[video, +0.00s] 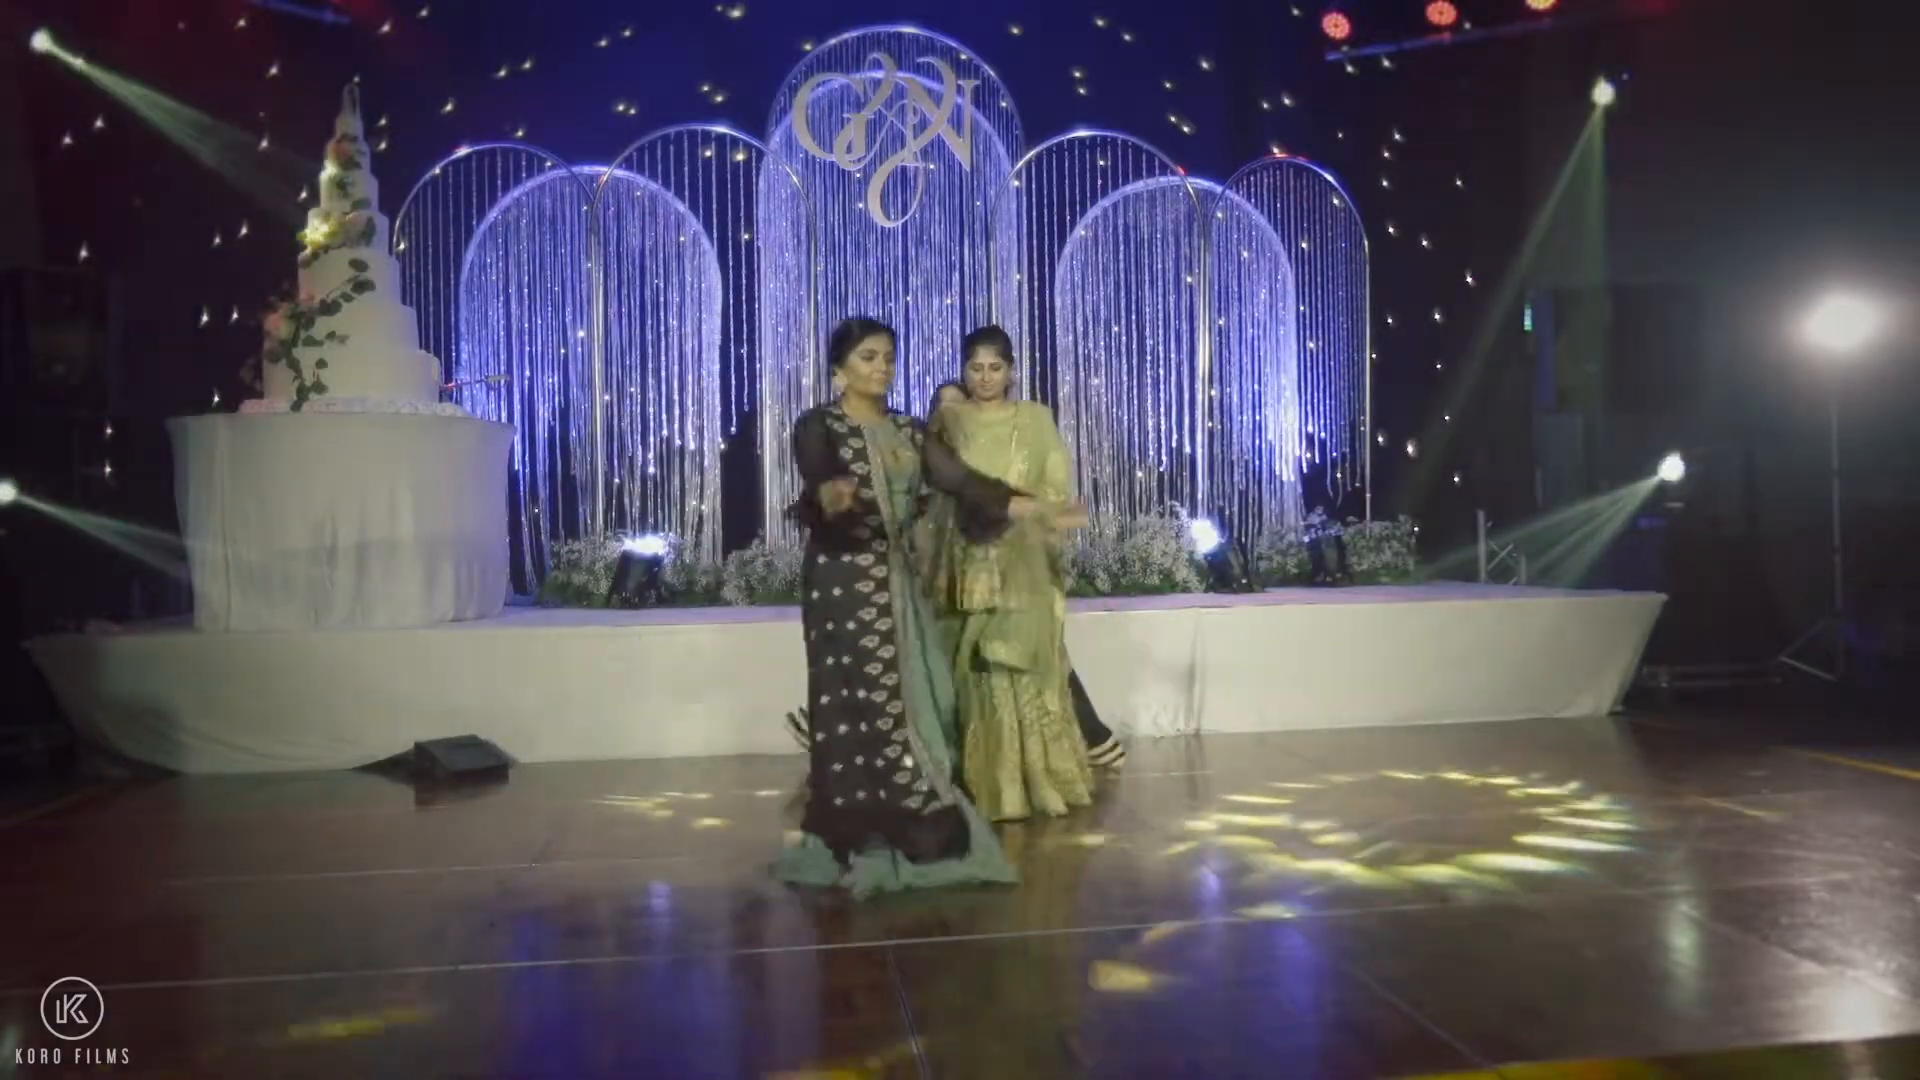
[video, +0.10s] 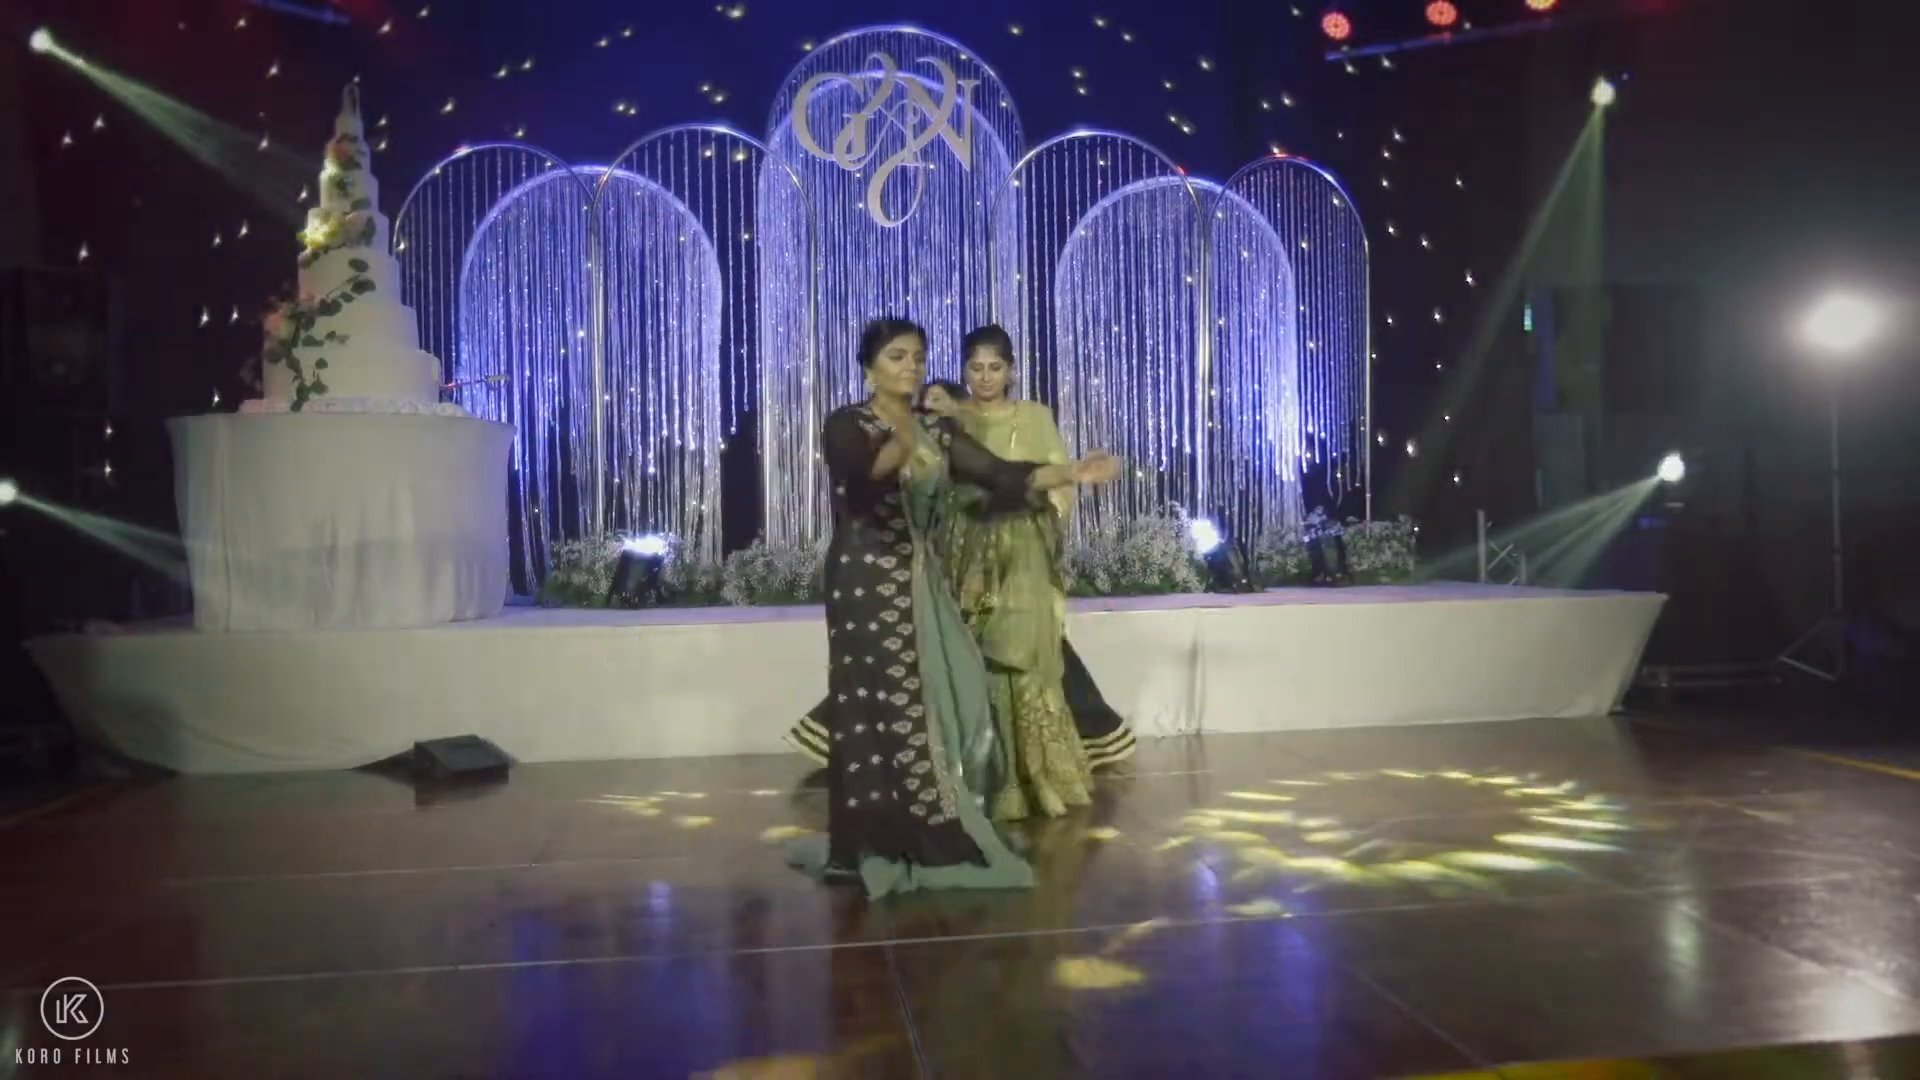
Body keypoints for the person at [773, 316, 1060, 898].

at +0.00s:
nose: (880, 367)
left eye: (887, 358)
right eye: (868, 357)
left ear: (894, 366)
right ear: (841, 365)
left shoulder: (907, 433)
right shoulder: (818, 426)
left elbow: (957, 478)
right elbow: (813, 501)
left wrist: (1027, 505)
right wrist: (827, 501)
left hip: (898, 582)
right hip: (842, 582)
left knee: (912, 701)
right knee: (855, 706)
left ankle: (921, 834)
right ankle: (859, 840)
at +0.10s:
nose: (911, 367)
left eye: (917, 358)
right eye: (898, 357)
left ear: (924, 367)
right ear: (870, 366)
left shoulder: (933, 429)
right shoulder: (846, 425)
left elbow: (997, 472)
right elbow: (863, 479)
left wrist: (1071, 472)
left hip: (920, 579)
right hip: (863, 581)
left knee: (935, 701)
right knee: (879, 707)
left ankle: (939, 838)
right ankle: (876, 843)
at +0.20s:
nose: (944, 376)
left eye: (950, 367)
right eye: (930, 366)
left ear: (958, 376)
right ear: (902, 376)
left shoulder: (967, 431)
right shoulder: (876, 430)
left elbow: (1019, 486)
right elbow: (892, 484)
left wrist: (1065, 468)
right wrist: (955, 436)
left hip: (942, 585)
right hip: (886, 585)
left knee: (972, 703)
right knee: (903, 711)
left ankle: (976, 843)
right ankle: (896, 852)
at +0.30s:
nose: (970, 411)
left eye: (977, 401)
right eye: (957, 401)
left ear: (987, 410)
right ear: (930, 411)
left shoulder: (996, 466)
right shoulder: (901, 466)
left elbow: (1043, 527)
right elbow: (926, 519)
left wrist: (1059, 492)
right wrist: (989, 465)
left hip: (972, 607)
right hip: (915, 609)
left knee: (1022, 689)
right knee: (953, 714)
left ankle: (1046, 842)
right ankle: (954, 855)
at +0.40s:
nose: (994, 461)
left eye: (1004, 452)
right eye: (981, 451)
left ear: (1013, 462)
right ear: (957, 461)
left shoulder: (1020, 513)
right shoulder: (931, 512)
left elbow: (1060, 577)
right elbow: (945, 578)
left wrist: (1031, 528)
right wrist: (998, 530)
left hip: (1001, 642)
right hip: (941, 644)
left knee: (1028, 684)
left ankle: (1066, 839)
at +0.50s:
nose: (1014, 510)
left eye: (1023, 501)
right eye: (1001, 501)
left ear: (1033, 510)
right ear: (974, 511)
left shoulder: (1044, 558)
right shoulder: (945, 562)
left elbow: (1077, 631)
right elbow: (955, 646)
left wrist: (1024, 602)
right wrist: (1009, 599)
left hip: (1014, 687)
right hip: (947, 693)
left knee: (1042, 694)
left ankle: (1085, 845)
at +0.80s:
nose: (1009, 502)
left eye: (1020, 492)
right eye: (996, 491)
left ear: (1033, 501)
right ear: (973, 499)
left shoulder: (1039, 547)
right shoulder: (948, 548)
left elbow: (1096, 608)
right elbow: (948, 622)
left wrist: (1066, 581)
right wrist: (1013, 569)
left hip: (1012, 678)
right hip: (952, 682)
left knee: (1055, 697)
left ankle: (1078, 846)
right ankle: (994, 859)